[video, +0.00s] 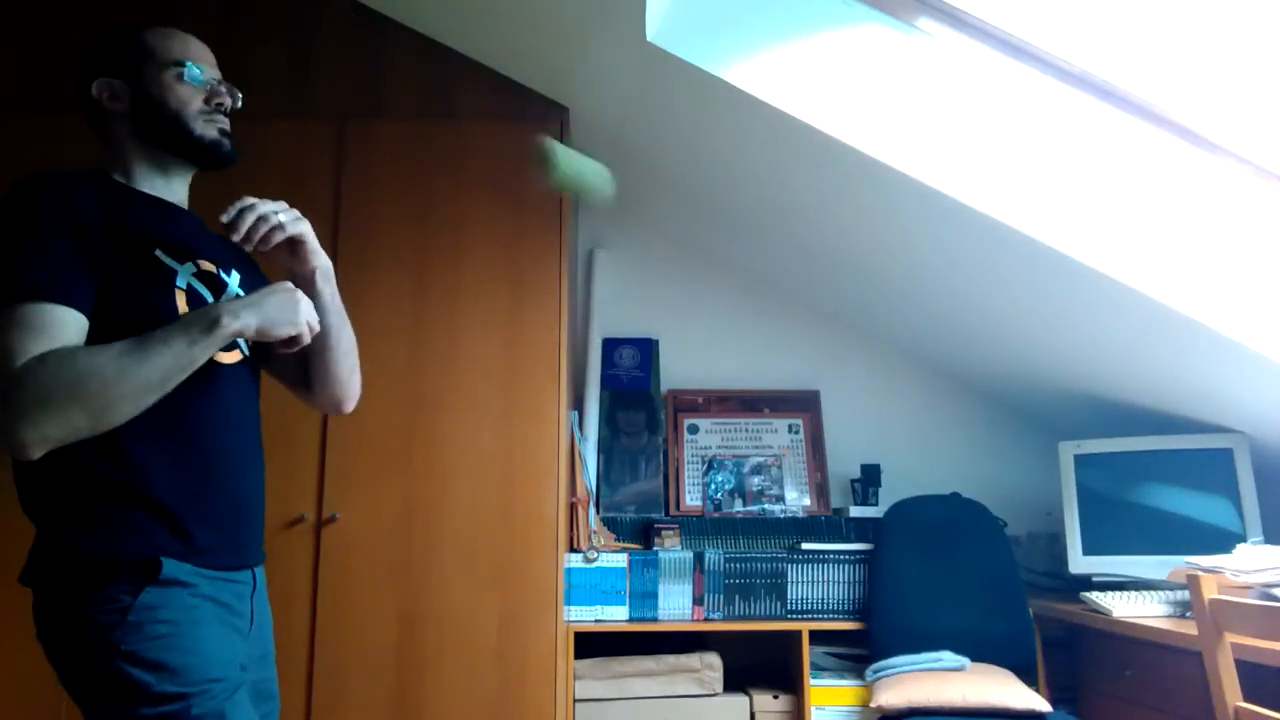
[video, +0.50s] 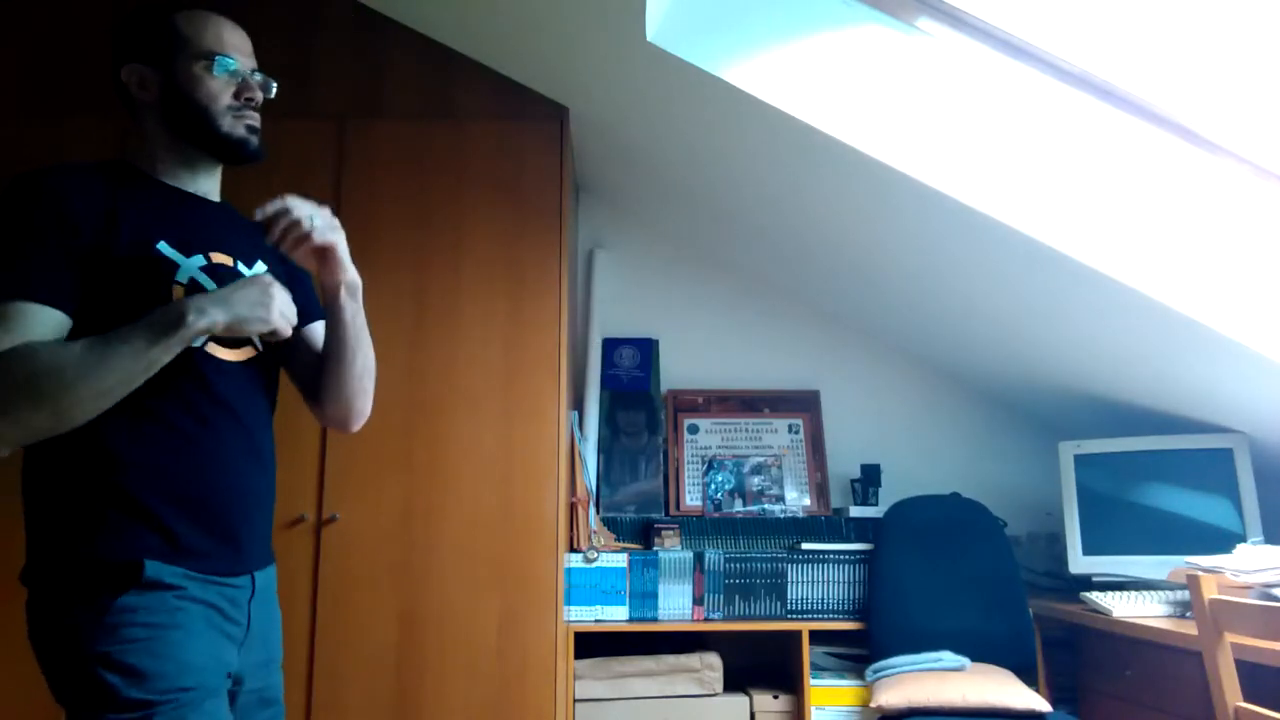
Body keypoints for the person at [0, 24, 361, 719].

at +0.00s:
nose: (223, 92)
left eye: (222, 83)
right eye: (188, 72)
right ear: (114, 96)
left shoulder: (220, 248)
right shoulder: (63, 210)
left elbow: (336, 392)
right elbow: (30, 415)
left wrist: (314, 267)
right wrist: (229, 318)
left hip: (240, 585)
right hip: (144, 589)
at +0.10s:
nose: (228, 91)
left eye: (228, 79)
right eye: (195, 69)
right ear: (119, 87)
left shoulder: (222, 242)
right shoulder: (63, 206)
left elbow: (318, 403)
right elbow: (23, 410)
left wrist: (313, 278)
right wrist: (220, 319)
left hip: (245, 579)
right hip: (141, 584)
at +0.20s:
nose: (230, 86)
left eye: (231, 73)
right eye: (200, 66)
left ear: (235, 91)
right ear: (123, 81)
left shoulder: (238, 241)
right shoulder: (59, 204)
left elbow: (298, 422)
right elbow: (13, 403)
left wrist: (322, 315)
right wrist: (205, 311)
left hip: (251, 577)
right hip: (135, 581)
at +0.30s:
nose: (234, 90)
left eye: (237, 77)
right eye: (204, 71)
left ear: (241, 94)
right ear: (127, 87)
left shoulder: (248, 248)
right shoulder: (61, 209)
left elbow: (319, 426)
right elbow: (11, 400)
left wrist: (336, 330)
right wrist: (195, 322)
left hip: (250, 586)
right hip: (126, 588)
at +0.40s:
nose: (241, 90)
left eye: (245, 77)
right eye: (210, 70)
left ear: (250, 95)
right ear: (135, 86)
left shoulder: (254, 246)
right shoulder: (63, 209)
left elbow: (339, 417)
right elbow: (11, 399)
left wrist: (345, 308)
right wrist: (189, 327)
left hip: (250, 587)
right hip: (127, 589)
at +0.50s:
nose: (255, 88)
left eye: (257, 75)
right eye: (226, 68)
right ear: (147, 83)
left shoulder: (259, 239)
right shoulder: (71, 206)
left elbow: (345, 408)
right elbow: (12, 402)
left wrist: (341, 282)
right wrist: (196, 314)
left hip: (252, 592)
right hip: (134, 594)